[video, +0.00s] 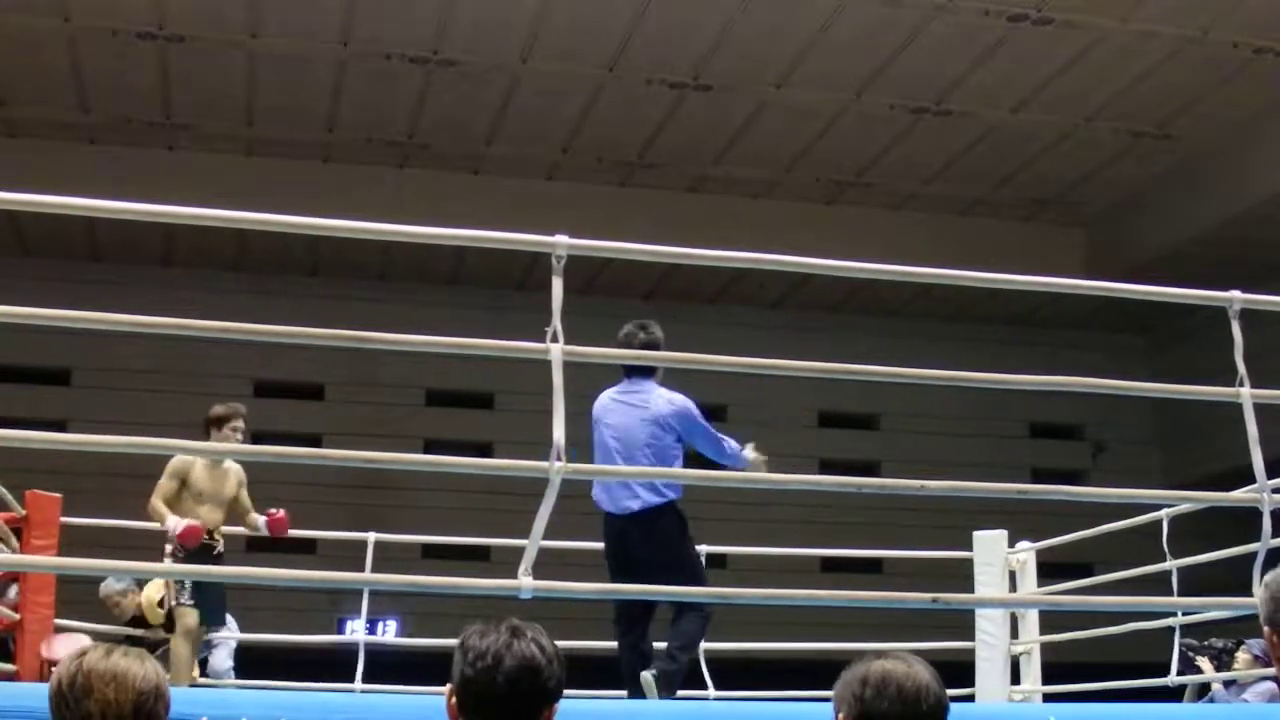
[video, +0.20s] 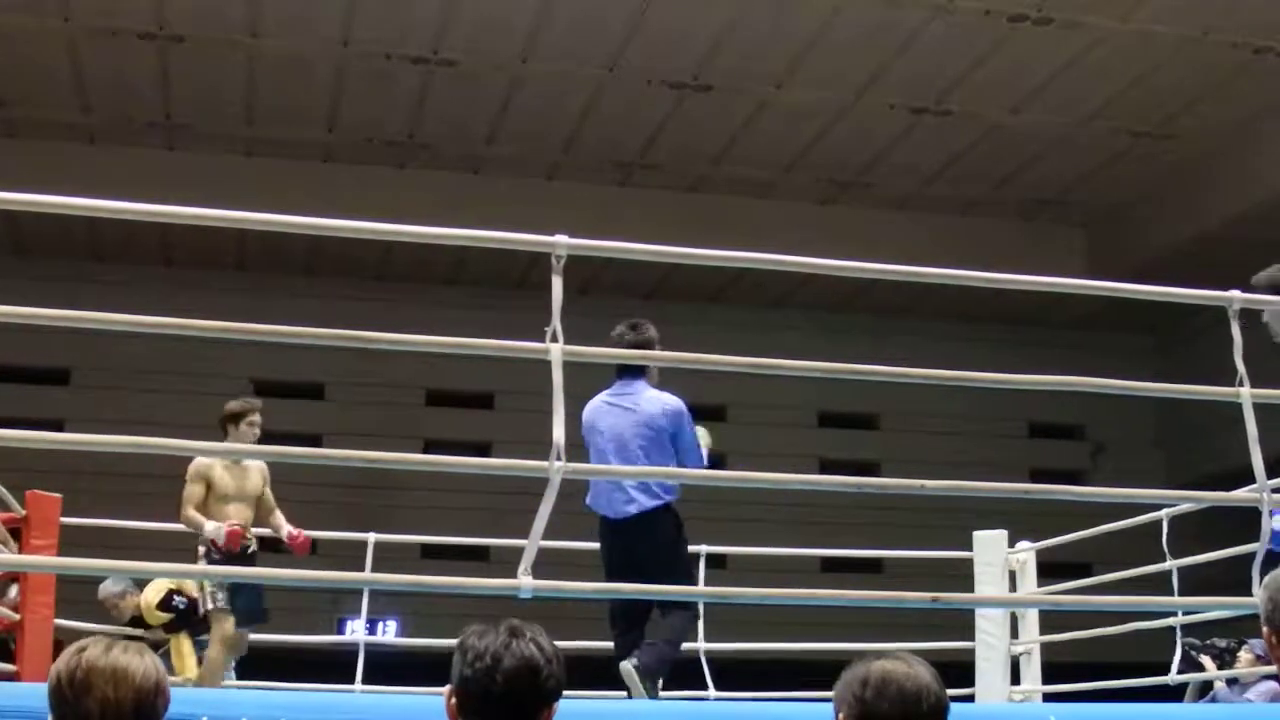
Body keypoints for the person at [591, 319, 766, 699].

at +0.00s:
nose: (657, 359)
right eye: (659, 353)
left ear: (622, 358)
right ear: (660, 360)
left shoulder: (602, 403)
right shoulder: (673, 405)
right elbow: (713, 444)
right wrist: (744, 456)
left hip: (615, 524)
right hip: (661, 521)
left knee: (631, 610)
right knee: (694, 600)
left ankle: (635, 700)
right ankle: (664, 677)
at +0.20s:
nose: (660, 360)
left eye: (655, 354)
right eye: (658, 354)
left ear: (615, 359)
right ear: (652, 360)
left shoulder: (592, 409)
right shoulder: (670, 407)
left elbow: (600, 458)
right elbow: (694, 467)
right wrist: (698, 445)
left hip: (611, 524)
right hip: (657, 520)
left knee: (626, 609)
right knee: (681, 603)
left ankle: (635, 699)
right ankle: (645, 665)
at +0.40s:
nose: (659, 356)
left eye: (656, 349)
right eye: (656, 350)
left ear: (610, 356)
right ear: (646, 357)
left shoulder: (578, 407)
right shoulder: (659, 403)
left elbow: (555, 458)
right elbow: (657, 468)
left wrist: (589, 486)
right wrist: (672, 488)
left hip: (600, 521)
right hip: (643, 516)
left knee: (616, 610)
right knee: (649, 611)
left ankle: (630, 700)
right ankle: (611, 700)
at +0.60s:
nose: (649, 334)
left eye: (646, 326)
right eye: (646, 327)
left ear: (600, 331)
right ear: (636, 332)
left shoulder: (572, 379)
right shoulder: (645, 377)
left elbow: (548, 442)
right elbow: (651, 439)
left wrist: (569, 474)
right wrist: (654, 478)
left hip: (577, 496)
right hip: (621, 495)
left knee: (594, 587)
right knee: (620, 588)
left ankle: (600, 678)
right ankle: (608, 685)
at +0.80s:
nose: (622, 324)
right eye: (621, 319)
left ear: (576, 322)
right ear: (617, 325)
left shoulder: (548, 374)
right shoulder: (626, 373)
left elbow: (538, 444)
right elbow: (638, 442)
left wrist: (556, 479)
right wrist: (625, 472)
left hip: (554, 492)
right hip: (602, 494)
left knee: (550, 593)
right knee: (605, 592)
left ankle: (536, 690)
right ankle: (605, 691)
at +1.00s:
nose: (539, 318)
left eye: (542, 312)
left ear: (542, 318)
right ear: (588, 323)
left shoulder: (517, 369)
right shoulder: (606, 370)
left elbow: (517, 422)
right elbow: (616, 434)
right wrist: (596, 465)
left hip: (521, 491)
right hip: (578, 494)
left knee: (511, 593)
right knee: (579, 596)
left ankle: (503, 697)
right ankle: (594, 696)